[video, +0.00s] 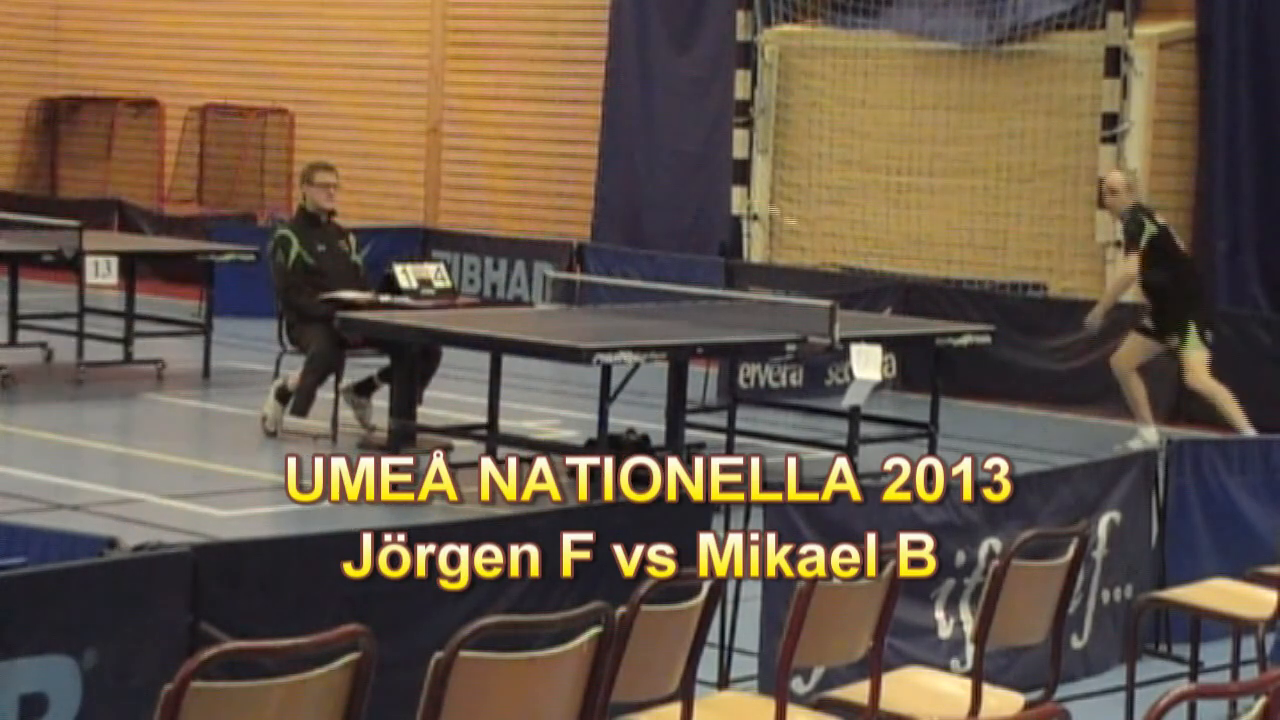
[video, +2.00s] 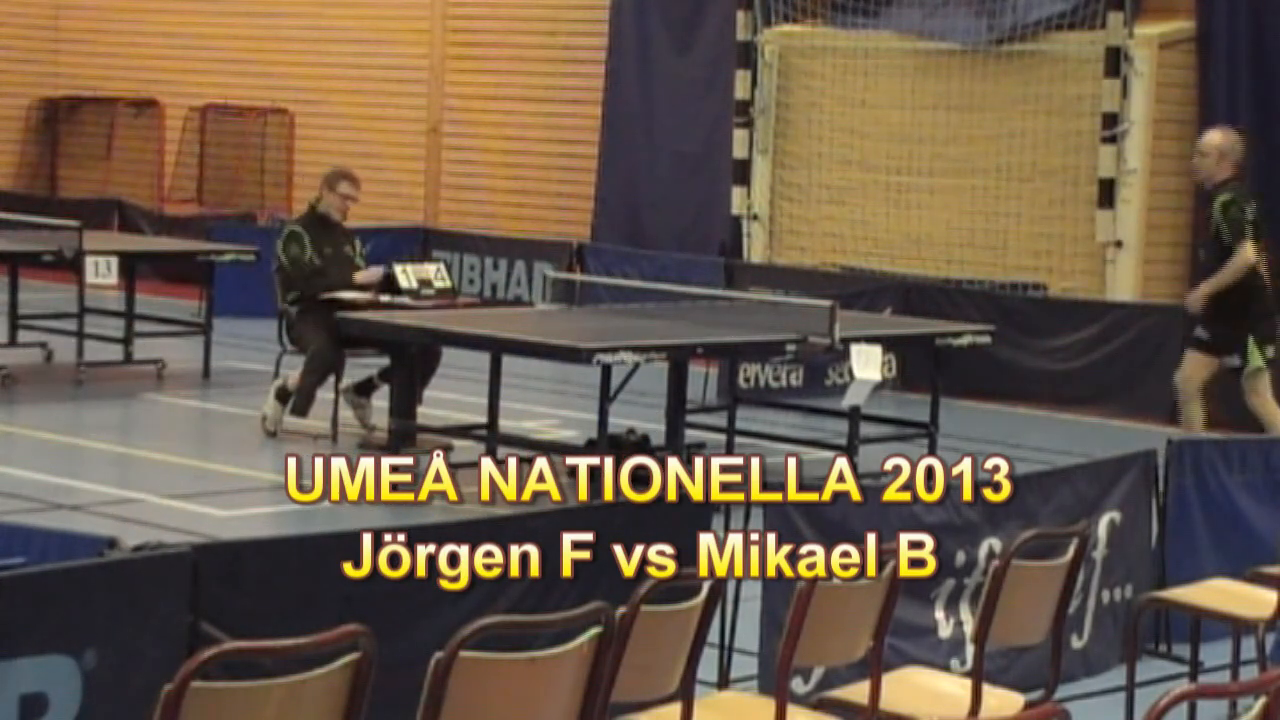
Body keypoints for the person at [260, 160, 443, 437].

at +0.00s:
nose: (331, 192)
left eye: (334, 187)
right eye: (323, 186)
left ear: (338, 190)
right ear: (305, 190)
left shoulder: (343, 235)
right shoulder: (288, 236)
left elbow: (360, 281)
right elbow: (291, 293)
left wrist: (367, 303)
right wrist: (334, 310)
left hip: (353, 318)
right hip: (311, 319)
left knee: (425, 352)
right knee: (328, 354)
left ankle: (361, 391)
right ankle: (285, 392)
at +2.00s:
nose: (348, 206)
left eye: (352, 200)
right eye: (344, 197)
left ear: (353, 201)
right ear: (325, 192)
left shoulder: (348, 237)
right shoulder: (297, 233)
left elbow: (361, 280)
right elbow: (307, 283)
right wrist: (354, 277)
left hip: (350, 313)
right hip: (309, 313)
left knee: (425, 351)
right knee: (327, 355)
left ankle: (361, 391)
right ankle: (283, 392)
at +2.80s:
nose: (363, 208)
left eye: (367, 202)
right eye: (358, 199)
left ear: (370, 204)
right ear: (340, 195)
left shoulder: (355, 238)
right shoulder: (313, 229)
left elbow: (365, 281)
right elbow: (334, 276)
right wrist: (371, 286)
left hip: (350, 318)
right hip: (310, 316)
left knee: (419, 350)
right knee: (328, 349)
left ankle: (362, 391)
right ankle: (299, 395)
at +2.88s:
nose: (302, 196)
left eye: (309, 189)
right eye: (296, 188)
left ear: (317, 192)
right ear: (284, 190)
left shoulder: (321, 234)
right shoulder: (264, 236)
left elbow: (345, 278)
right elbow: (257, 296)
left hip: (329, 323)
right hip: (281, 324)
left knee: (409, 355)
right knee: (306, 356)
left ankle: (343, 402)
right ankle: (275, 403)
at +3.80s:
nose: (318, 200)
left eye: (324, 193)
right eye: (311, 193)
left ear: (332, 197)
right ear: (299, 195)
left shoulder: (340, 241)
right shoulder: (283, 237)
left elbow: (357, 290)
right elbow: (275, 300)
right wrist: (320, 315)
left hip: (340, 324)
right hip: (298, 324)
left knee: (417, 358)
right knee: (313, 359)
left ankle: (354, 401)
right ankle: (272, 423)